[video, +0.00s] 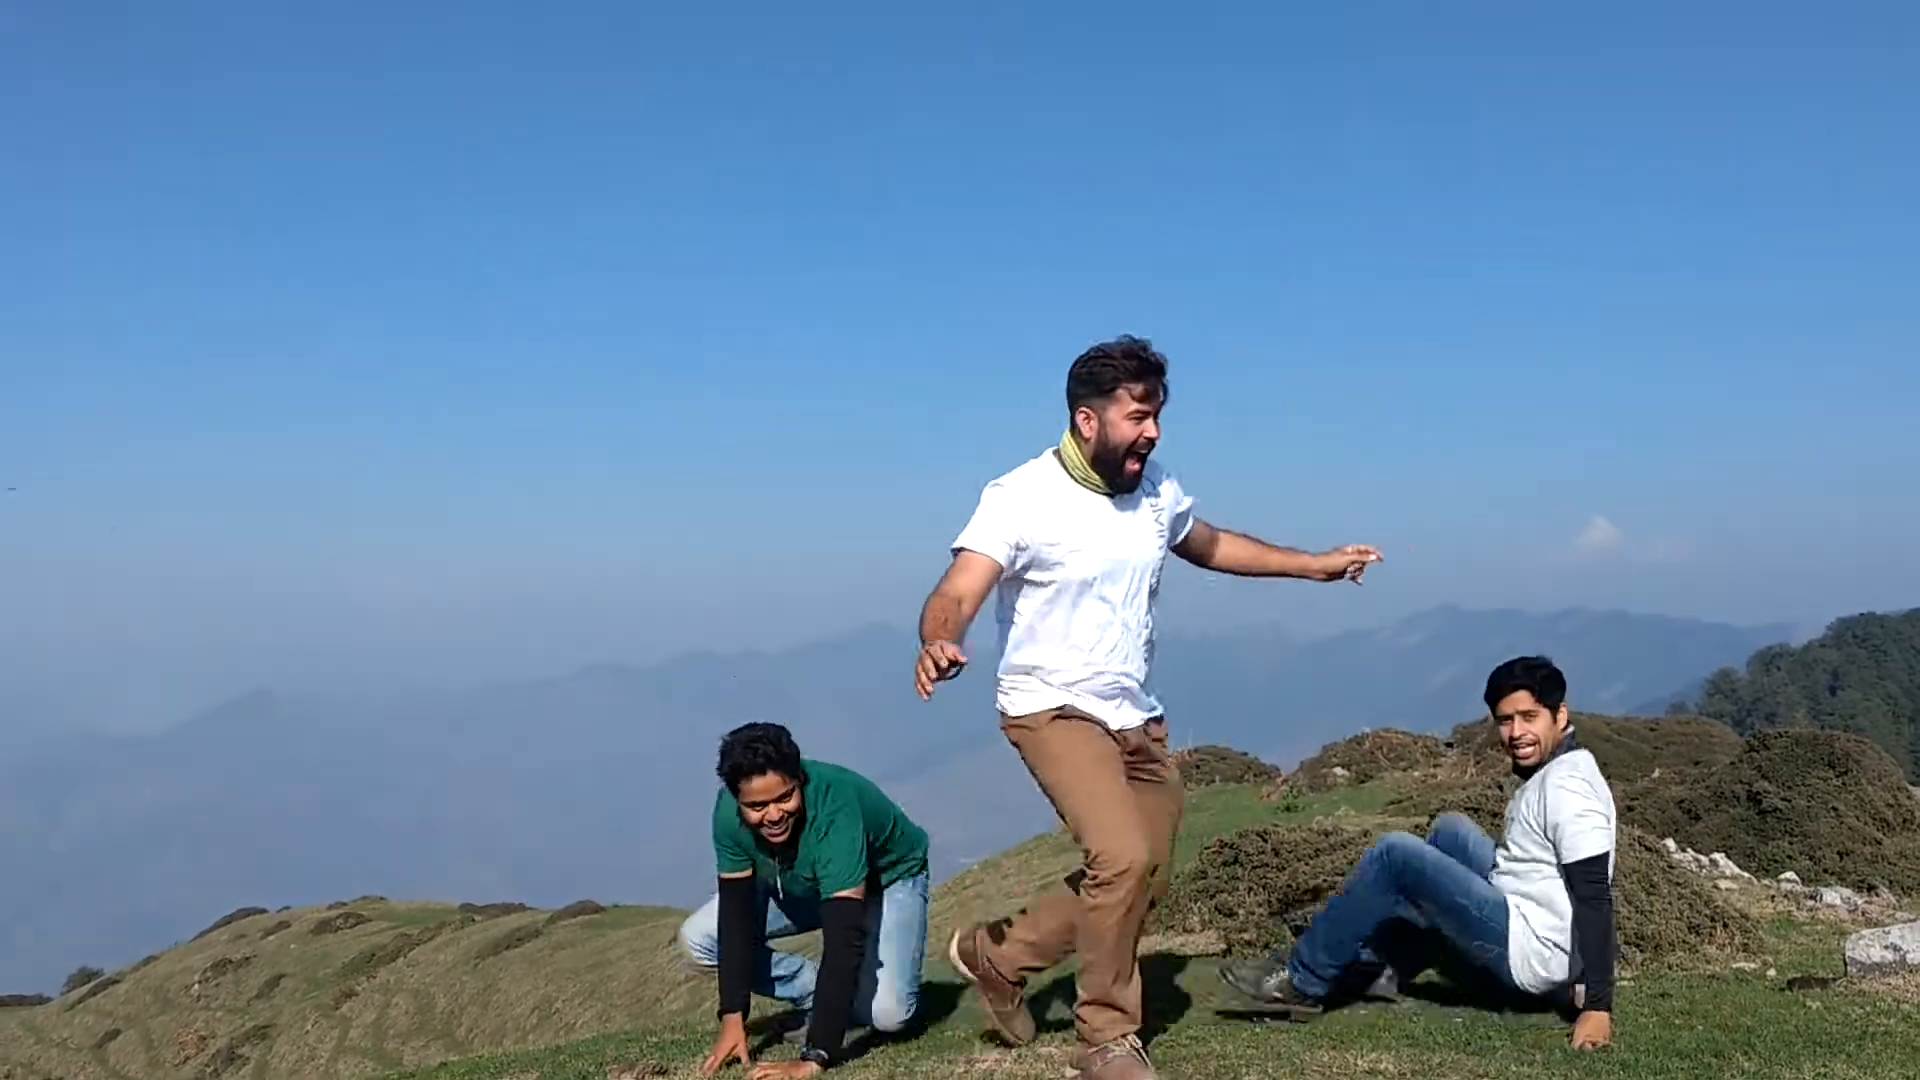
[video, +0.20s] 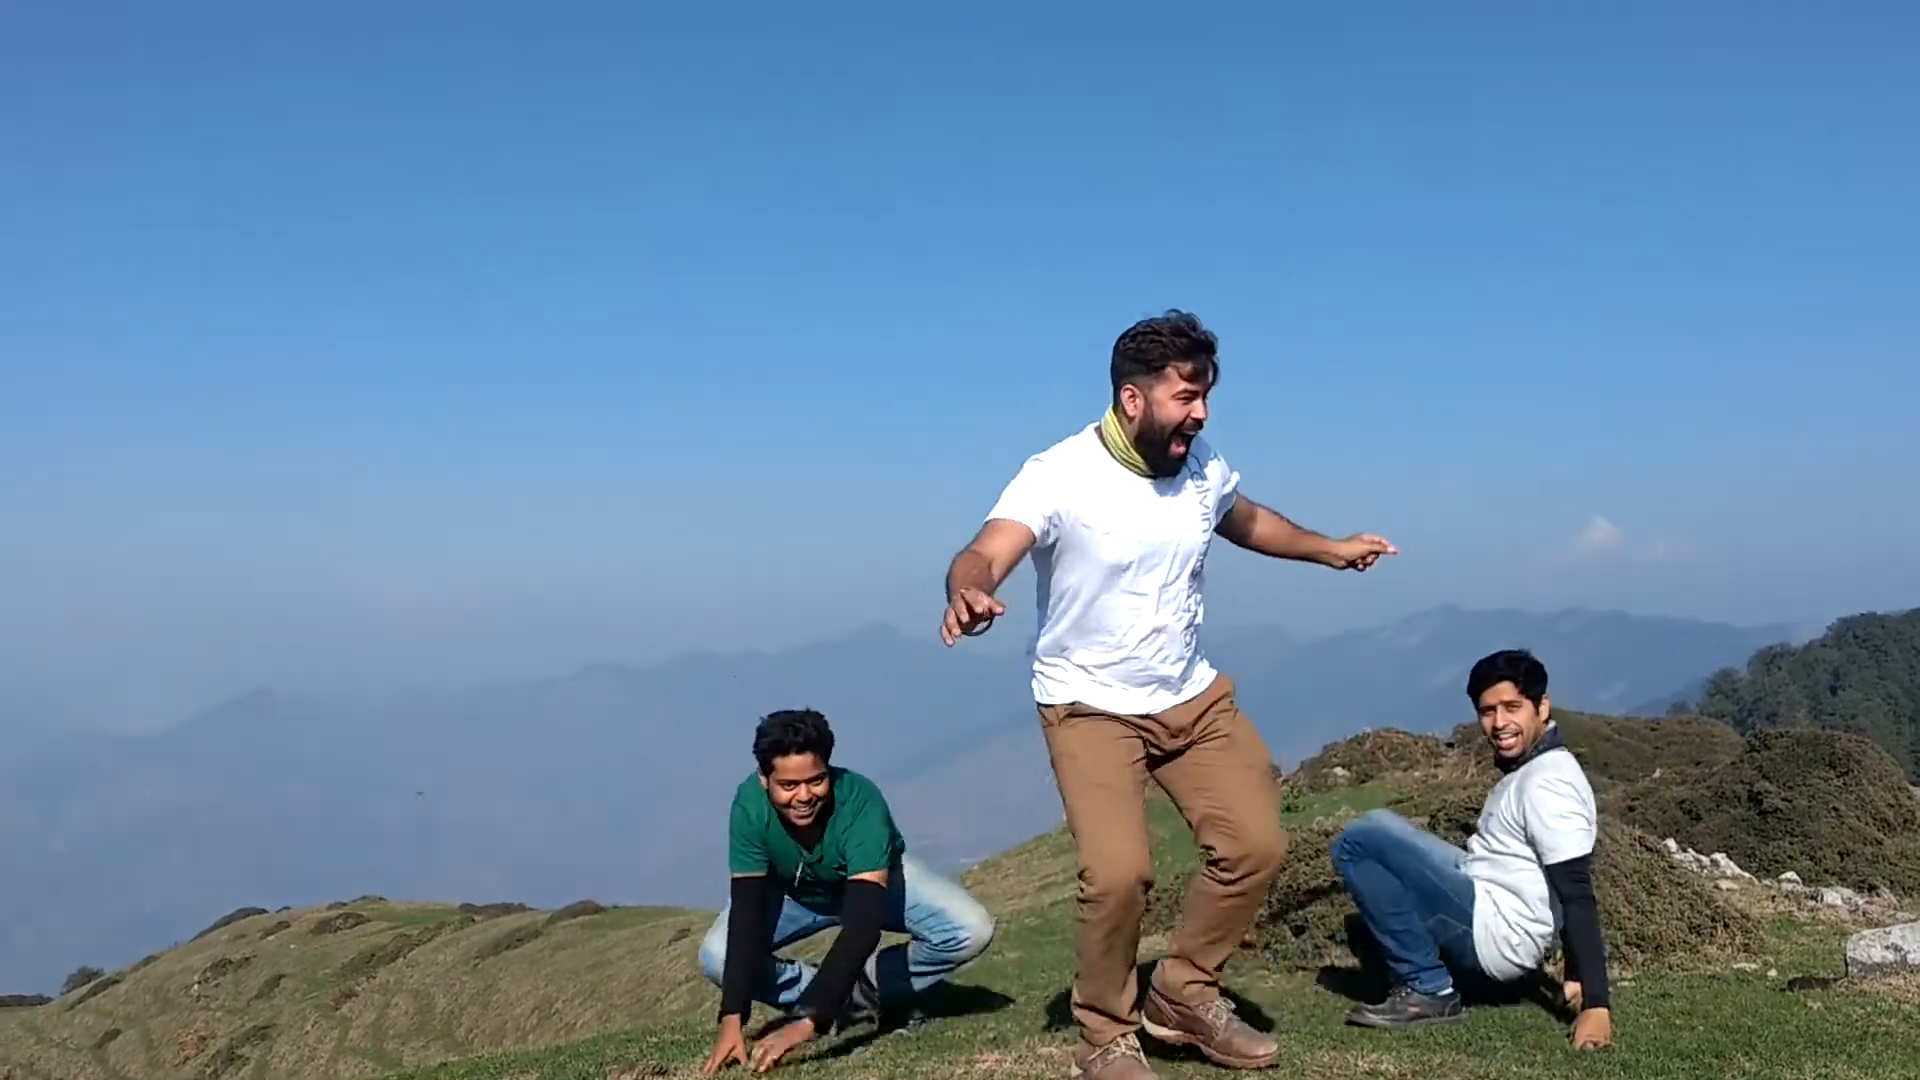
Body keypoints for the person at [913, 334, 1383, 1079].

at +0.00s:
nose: (1153, 432)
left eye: (1157, 416)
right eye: (1137, 416)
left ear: (1155, 415)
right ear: (1085, 417)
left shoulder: (1156, 492)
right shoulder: (1021, 496)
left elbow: (1211, 546)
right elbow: (956, 592)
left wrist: (1313, 564)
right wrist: (939, 641)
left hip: (1132, 715)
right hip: (1049, 706)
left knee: (1144, 879)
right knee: (1122, 856)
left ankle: (998, 954)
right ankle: (1107, 1034)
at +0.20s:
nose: (1200, 413)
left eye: (1205, 395)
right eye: (1185, 395)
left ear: (1203, 394)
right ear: (1130, 396)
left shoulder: (1201, 471)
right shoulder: (1060, 473)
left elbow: (1244, 520)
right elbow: (986, 556)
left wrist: (1329, 548)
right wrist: (967, 587)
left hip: (1190, 696)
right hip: (1089, 705)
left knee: (1255, 847)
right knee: (1119, 874)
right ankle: (1106, 1028)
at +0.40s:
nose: (1287, 405)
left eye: (1291, 388)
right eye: (1274, 386)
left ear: (1281, 386)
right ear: (1215, 381)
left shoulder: (1274, 470)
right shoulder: (1133, 454)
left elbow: (1336, 520)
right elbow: (1081, 539)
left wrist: (1432, 540)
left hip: (1241, 700)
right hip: (1129, 716)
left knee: (1343, 821)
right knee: (1120, 898)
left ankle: (1273, 1022)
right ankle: (1110, 1034)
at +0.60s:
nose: (1443, 367)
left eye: (1448, 350)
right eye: (1434, 345)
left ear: (1383, 340)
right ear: (1371, 332)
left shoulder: (1396, 440)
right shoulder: (1277, 397)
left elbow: (1483, 515)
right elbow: (1265, 486)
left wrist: (1608, 564)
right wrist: (1362, 545)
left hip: (1325, 673)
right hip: (1224, 675)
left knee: (1375, 845)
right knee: (1246, 868)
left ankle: (1293, 1043)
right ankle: (1126, 969)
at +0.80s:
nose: (1609, 370)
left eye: (1616, 353)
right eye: (1603, 348)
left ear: (1549, 342)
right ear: (1542, 336)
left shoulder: (1535, 435)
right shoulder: (1447, 395)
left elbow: (1647, 517)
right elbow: (1486, 511)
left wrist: (1780, 587)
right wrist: (1612, 593)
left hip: (1401, 643)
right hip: (1367, 638)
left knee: (1434, 872)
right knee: (1548, 766)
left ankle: (1297, 1048)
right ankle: (1540, 1033)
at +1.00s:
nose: (1825, 382)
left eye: (1834, 363)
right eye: (1823, 358)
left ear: (1761, 340)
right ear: (1762, 338)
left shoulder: (1692, 396)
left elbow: (1808, 513)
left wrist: (1908, 598)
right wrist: (1915, 653)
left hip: (1566, 641)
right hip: (1567, 644)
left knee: (1695, 833)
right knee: (1773, 806)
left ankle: (1488, 948)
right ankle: (1761, 1061)